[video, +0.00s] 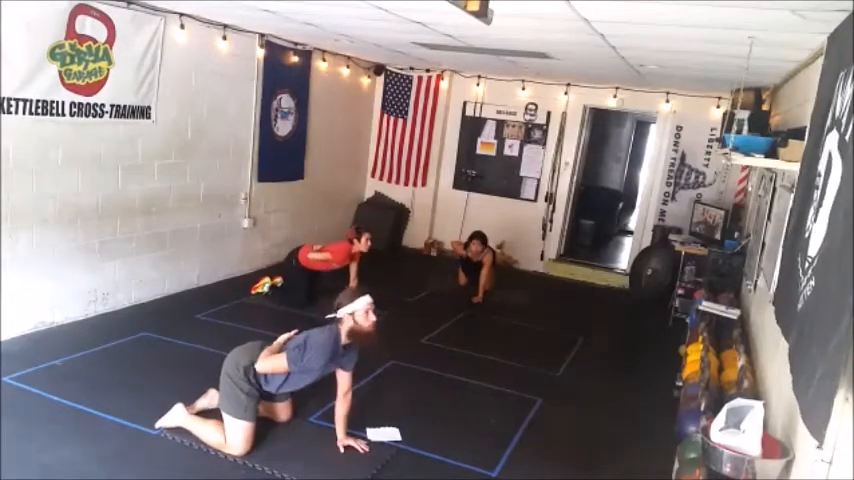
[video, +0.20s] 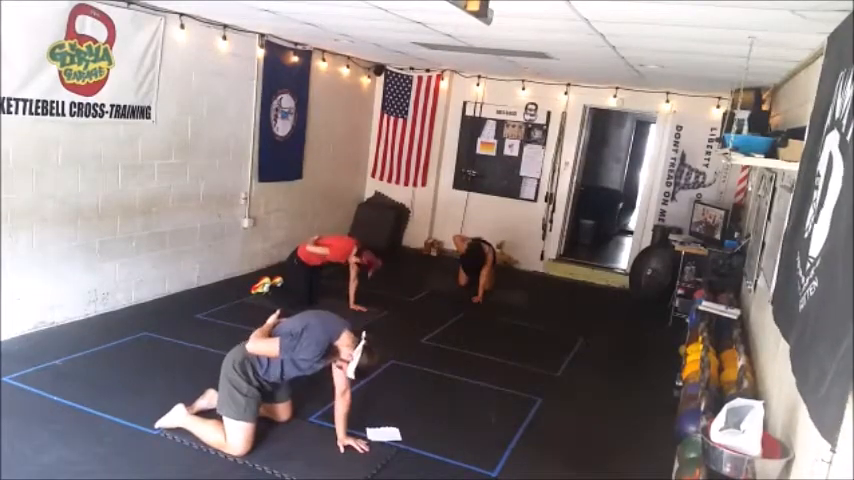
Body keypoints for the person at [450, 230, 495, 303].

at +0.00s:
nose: (475, 248)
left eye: (479, 245)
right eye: (473, 244)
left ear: (483, 247)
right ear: (469, 244)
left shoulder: (488, 254)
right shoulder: (464, 248)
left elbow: (483, 275)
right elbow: (453, 243)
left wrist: (480, 295)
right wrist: (460, 252)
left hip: (481, 266)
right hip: (467, 264)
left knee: (486, 287)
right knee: (462, 282)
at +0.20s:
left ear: (482, 260)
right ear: (465, 254)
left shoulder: (489, 254)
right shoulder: (462, 247)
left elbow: (483, 274)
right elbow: (456, 237)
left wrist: (479, 295)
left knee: (486, 286)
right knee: (462, 282)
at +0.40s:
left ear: (482, 259)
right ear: (465, 253)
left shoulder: (489, 254)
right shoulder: (462, 246)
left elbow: (483, 275)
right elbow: (455, 237)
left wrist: (479, 295)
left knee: (486, 286)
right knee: (462, 282)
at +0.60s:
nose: (475, 256)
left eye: (479, 253)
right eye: (473, 253)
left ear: (485, 250)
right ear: (469, 249)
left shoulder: (489, 254)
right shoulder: (464, 249)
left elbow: (484, 275)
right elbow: (454, 243)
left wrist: (479, 296)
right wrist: (464, 254)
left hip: (482, 265)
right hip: (467, 263)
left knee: (486, 287)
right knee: (462, 282)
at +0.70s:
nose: (477, 246)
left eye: (480, 243)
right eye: (475, 242)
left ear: (485, 245)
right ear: (471, 242)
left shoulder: (489, 255)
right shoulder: (463, 249)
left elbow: (483, 276)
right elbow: (453, 243)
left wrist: (479, 296)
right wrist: (466, 254)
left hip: (481, 267)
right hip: (467, 264)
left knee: (486, 287)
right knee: (461, 282)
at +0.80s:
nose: (477, 250)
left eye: (481, 247)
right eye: (475, 247)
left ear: (486, 249)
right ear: (471, 246)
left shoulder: (490, 255)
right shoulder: (464, 250)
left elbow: (484, 276)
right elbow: (454, 243)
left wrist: (480, 296)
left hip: (482, 268)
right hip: (467, 265)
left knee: (487, 287)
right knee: (462, 283)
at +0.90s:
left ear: (484, 255)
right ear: (469, 250)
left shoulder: (490, 255)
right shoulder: (463, 249)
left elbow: (483, 276)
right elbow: (456, 239)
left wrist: (480, 296)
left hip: (482, 267)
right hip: (467, 264)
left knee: (487, 286)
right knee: (462, 282)